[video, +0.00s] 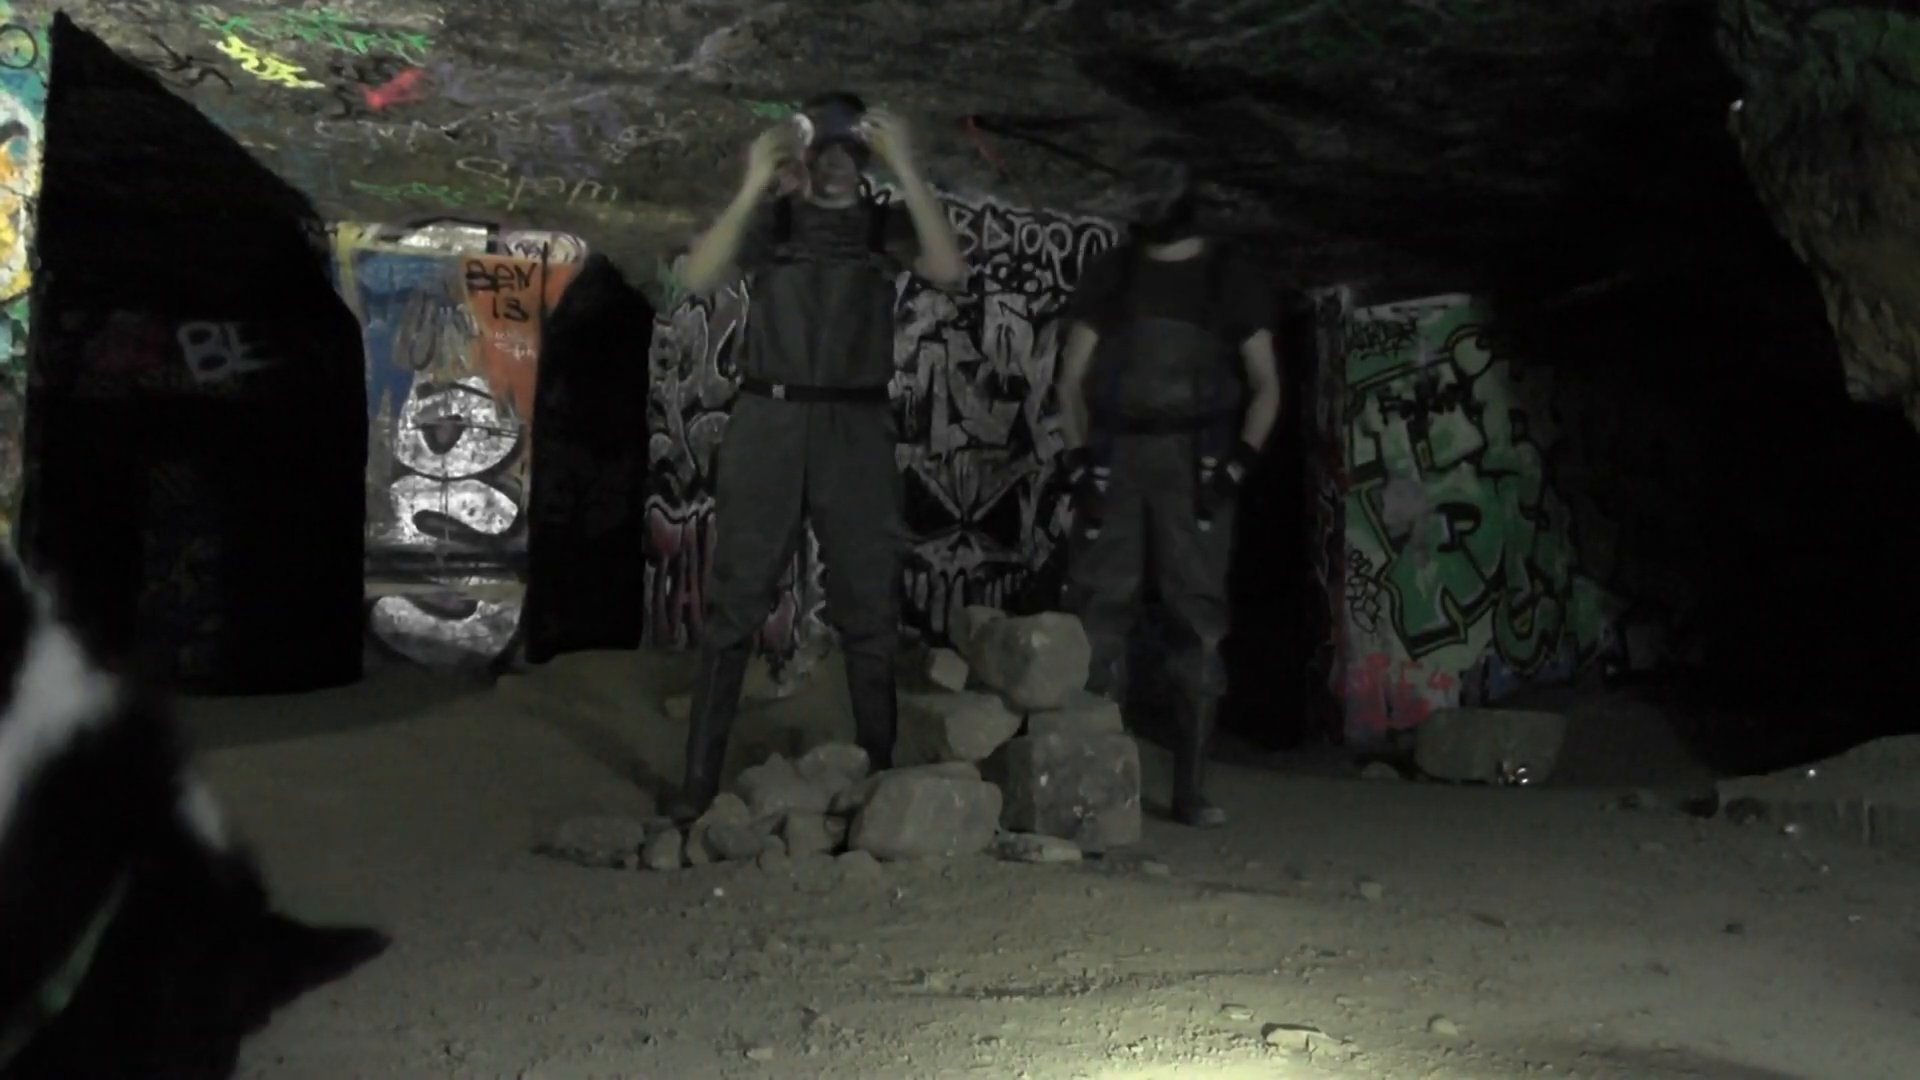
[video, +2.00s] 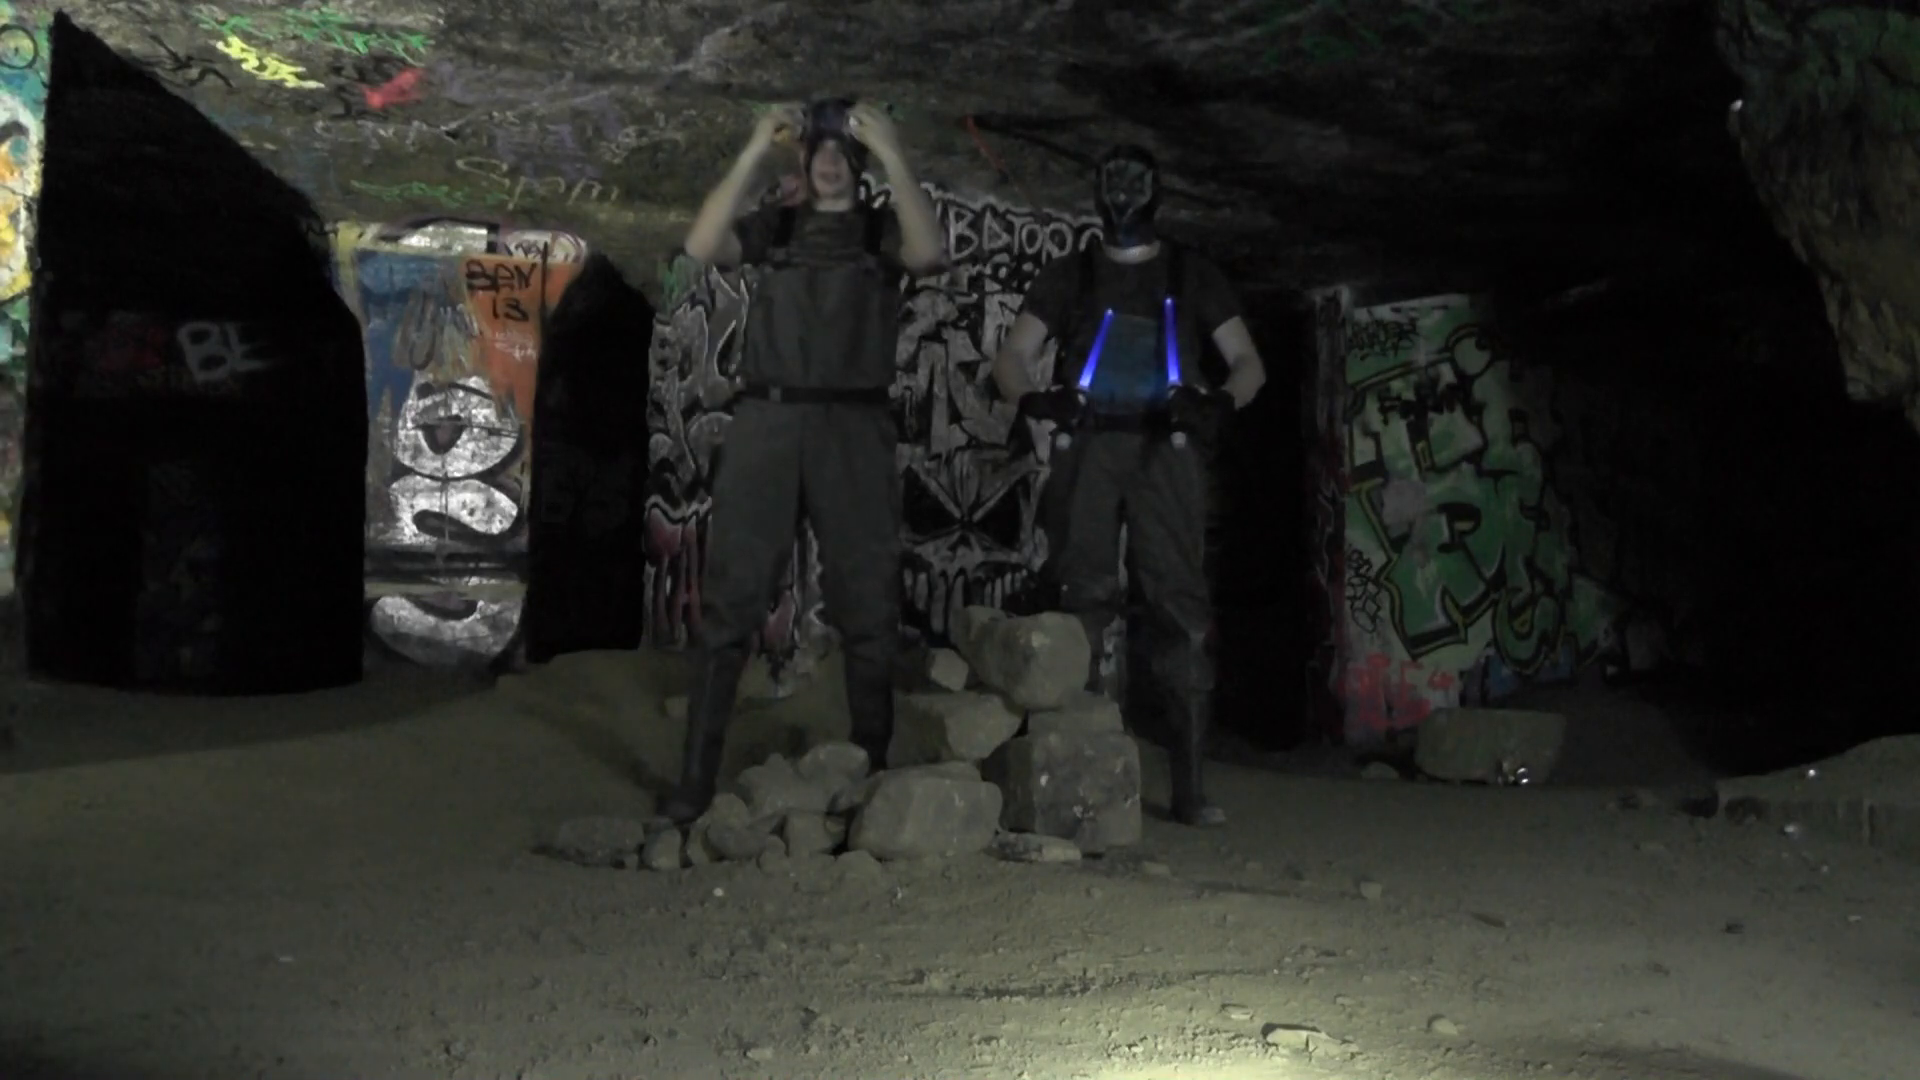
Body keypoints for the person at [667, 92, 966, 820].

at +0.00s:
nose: (835, 164)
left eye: (849, 152)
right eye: (822, 150)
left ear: (867, 161)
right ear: (797, 159)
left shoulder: (885, 225)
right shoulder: (765, 222)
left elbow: (949, 273)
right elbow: (696, 277)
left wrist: (904, 167)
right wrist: (754, 190)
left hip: (857, 438)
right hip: (767, 435)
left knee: (870, 614)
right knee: (734, 611)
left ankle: (879, 779)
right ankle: (697, 789)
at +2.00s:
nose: (830, 163)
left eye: (842, 154)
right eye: (819, 153)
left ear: (862, 168)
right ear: (800, 166)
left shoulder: (880, 229)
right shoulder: (773, 227)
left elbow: (929, 253)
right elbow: (702, 245)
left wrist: (890, 153)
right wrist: (755, 152)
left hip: (855, 439)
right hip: (766, 435)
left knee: (868, 614)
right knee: (731, 608)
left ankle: (872, 781)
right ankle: (695, 787)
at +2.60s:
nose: (812, 166)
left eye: (825, 154)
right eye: (801, 153)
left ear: (846, 160)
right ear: (783, 163)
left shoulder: (871, 225)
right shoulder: (762, 223)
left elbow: (913, 265)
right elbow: (692, 261)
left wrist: (870, 167)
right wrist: (740, 168)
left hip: (853, 437)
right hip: (763, 434)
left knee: (865, 611)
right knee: (730, 607)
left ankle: (870, 779)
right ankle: (695, 785)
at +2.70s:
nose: (812, 174)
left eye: (827, 162)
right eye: (801, 161)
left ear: (851, 164)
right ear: (783, 164)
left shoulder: (873, 227)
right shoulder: (761, 221)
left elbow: (911, 282)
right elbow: (693, 272)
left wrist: (867, 178)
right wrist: (746, 181)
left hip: (853, 437)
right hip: (763, 435)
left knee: (865, 611)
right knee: (731, 606)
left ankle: (870, 779)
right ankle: (696, 785)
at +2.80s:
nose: (808, 181)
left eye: (825, 167)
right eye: (797, 166)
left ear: (851, 172)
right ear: (775, 171)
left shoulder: (874, 240)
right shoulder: (758, 237)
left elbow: (914, 322)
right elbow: (692, 308)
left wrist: (867, 217)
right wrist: (747, 216)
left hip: (854, 442)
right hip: (763, 439)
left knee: (867, 614)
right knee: (730, 609)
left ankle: (872, 779)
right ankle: (696, 785)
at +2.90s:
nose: (814, 204)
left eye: (827, 191)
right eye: (803, 191)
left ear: (851, 191)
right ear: (783, 188)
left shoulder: (878, 254)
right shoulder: (751, 247)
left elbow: (911, 355)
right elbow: (695, 339)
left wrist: (868, 268)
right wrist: (749, 274)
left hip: (856, 455)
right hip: (760, 452)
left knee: (870, 618)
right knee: (729, 614)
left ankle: (873, 779)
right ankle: (695, 787)